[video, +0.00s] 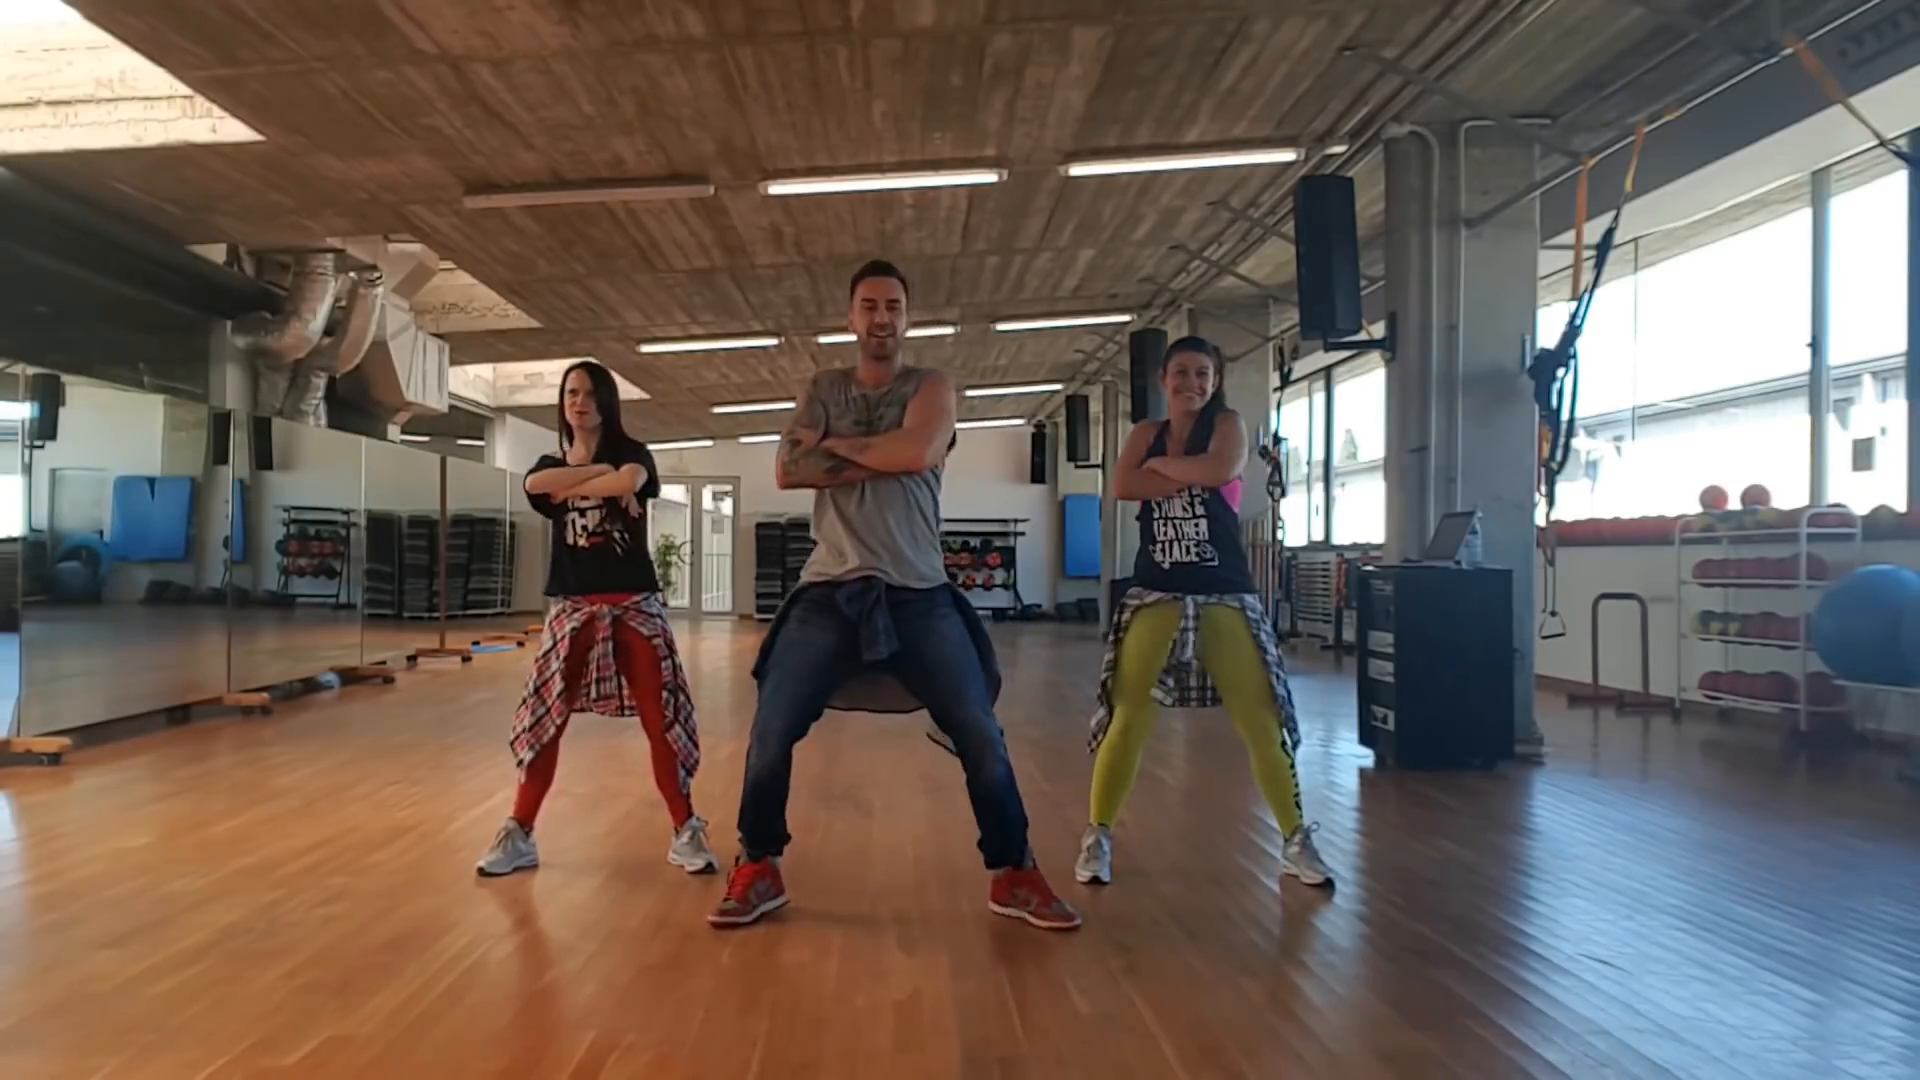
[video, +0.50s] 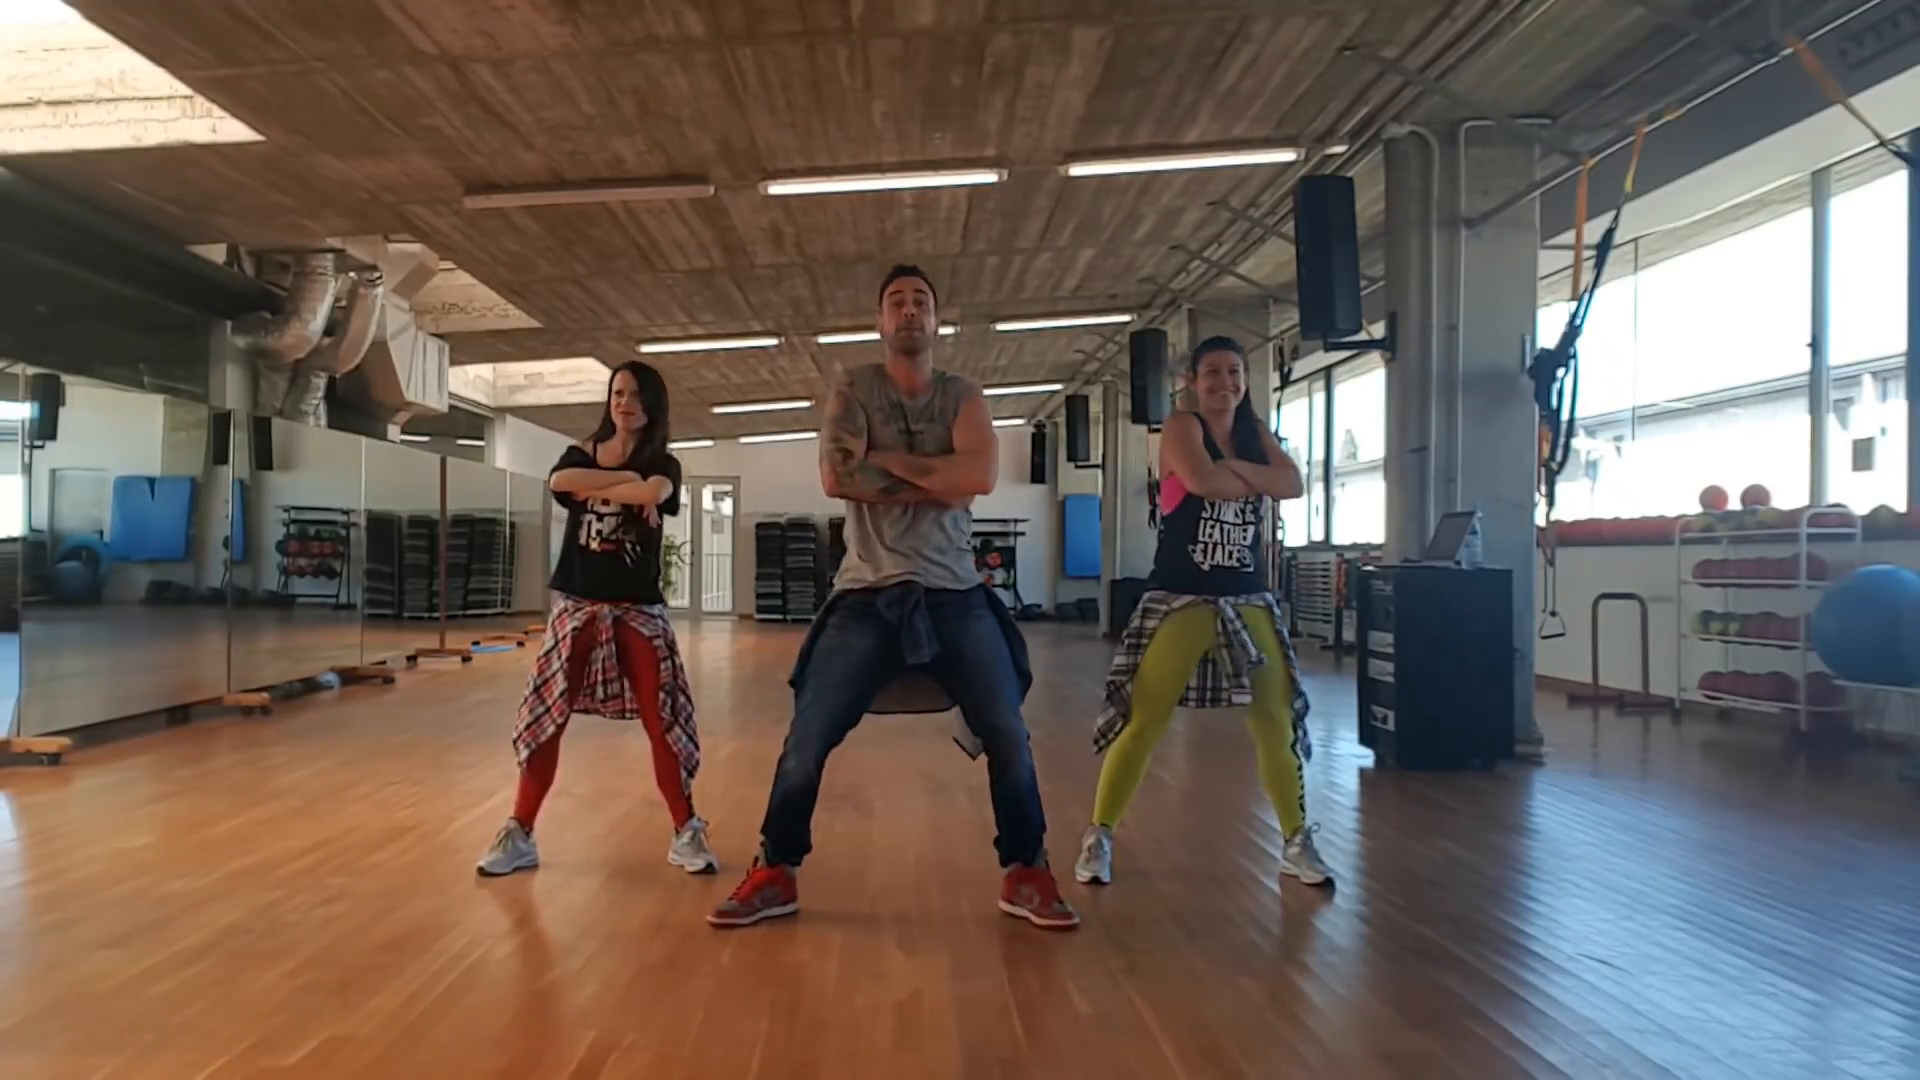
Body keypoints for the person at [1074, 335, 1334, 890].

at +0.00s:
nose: (1190, 381)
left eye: (1201, 373)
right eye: (1181, 372)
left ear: (1215, 383)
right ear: (1163, 380)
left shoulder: (1225, 423)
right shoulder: (1146, 433)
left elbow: (1221, 471)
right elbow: (1122, 486)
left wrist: (1154, 465)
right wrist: (1191, 473)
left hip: (1223, 591)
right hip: (1154, 590)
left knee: (1260, 719)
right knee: (1129, 714)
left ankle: (1296, 841)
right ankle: (1096, 837)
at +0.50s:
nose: (1225, 380)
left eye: (1233, 372)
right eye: (1214, 372)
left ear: (1245, 382)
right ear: (1193, 382)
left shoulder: (1253, 432)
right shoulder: (1181, 426)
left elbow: (1292, 484)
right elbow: (1202, 481)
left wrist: (1231, 466)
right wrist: (1260, 483)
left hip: (1249, 598)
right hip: (1182, 598)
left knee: (1275, 723)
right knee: (1146, 721)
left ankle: (1297, 842)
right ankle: (1099, 838)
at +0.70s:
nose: (1223, 379)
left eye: (1232, 371)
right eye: (1212, 371)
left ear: (1245, 383)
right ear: (1191, 381)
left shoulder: (1255, 435)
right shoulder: (1179, 426)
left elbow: (1292, 481)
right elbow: (1199, 478)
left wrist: (1230, 464)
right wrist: (1259, 484)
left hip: (1249, 599)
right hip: (1181, 599)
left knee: (1276, 725)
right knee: (1147, 721)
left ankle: (1297, 843)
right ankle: (1099, 837)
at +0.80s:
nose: (1215, 378)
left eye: (1224, 370)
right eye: (1205, 370)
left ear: (1238, 380)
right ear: (1185, 379)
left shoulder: (1252, 429)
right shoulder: (1170, 428)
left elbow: (1281, 476)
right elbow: (1179, 480)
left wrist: (1213, 461)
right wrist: (1246, 480)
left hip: (1248, 596)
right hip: (1180, 595)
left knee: (1275, 722)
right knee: (1146, 716)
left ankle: (1297, 842)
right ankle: (1098, 837)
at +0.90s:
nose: (1205, 376)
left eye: (1215, 368)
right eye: (1194, 368)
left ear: (1229, 379)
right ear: (1178, 379)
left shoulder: (1246, 425)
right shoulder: (1161, 428)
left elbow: (1266, 472)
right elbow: (1160, 482)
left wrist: (1197, 464)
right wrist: (1234, 476)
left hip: (1242, 594)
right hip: (1173, 594)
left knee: (1272, 719)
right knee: (1141, 717)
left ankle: (1297, 842)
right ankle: (1098, 837)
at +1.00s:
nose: (1197, 374)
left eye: (1206, 367)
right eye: (1186, 366)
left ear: (1220, 379)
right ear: (1170, 379)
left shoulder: (1236, 426)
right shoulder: (1153, 429)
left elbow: (1257, 464)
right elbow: (1141, 478)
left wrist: (1181, 462)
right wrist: (1220, 476)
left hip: (1233, 591)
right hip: (1164, 591)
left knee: (1264, 714)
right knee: (1138, 717)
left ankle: (1297, 841)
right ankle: (1098, 838)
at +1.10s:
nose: (1192, 372)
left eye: (1202, 364)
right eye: (1182, 364)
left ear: (1216, 377)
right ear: (1164, 377)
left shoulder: (1235, 426)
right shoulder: (1146, 429)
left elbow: (1270, 454)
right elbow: (1108, 475)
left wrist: (1203, 431)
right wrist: (1165, 460)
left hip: (1227, 591)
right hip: (1157, 591)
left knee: (1260, 714)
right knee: (1134, 715)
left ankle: (1297, 840)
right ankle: (1098, 838)